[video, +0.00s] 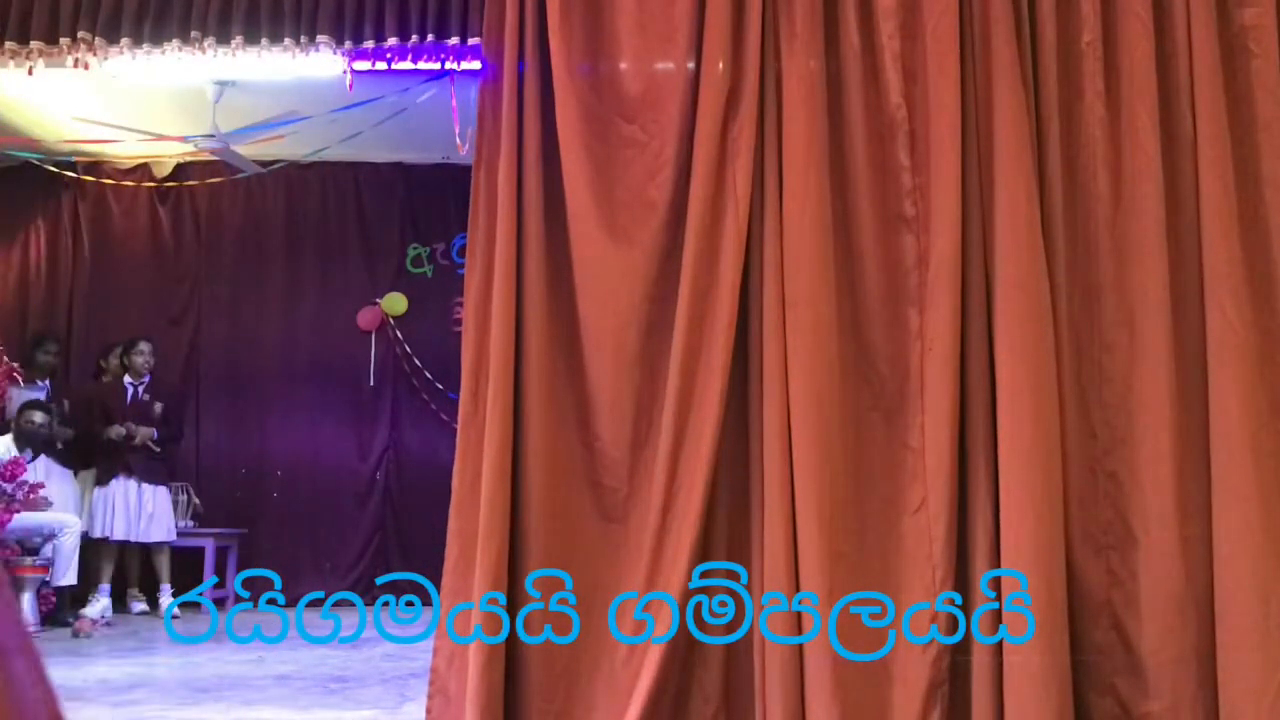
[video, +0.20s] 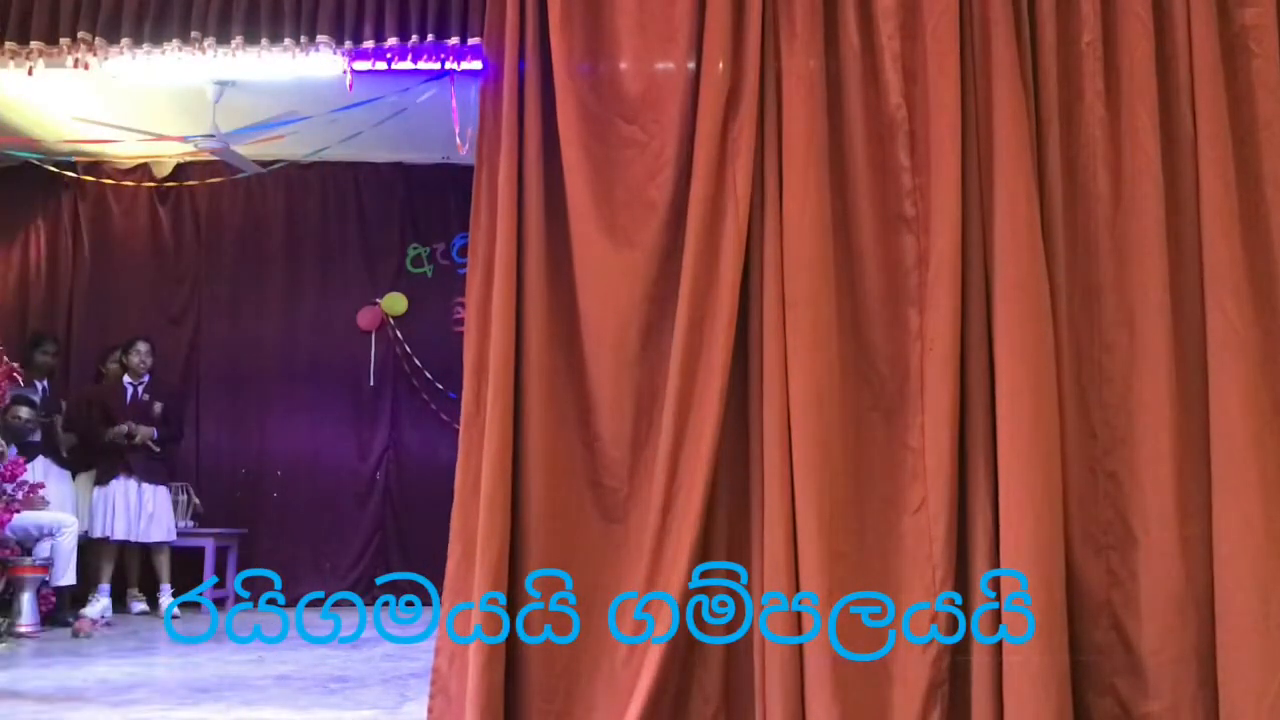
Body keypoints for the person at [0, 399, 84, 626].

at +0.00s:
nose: (35, 430)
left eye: (41, 426)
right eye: (30, 423)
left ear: (48, 431)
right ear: (16, 423)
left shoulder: (43, 458)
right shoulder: (3, 449)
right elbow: (2, 499)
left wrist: (30, 502)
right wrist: (22, 504)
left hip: (19, 516)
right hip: (5, 519)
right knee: (70, 524)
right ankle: (60, 602)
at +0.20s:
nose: (24, 425)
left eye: (30, 421)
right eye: (18, 418)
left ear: (36, 425)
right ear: (5, 420)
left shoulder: (13, 452)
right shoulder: (4, 451)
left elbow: (11, 492)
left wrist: (25, 501)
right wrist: (21, 504)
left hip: (13, 516)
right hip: (5, 518)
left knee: (45, 544)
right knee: (67, 523)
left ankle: (25, 605)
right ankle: (61, 601)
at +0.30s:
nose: (48, 360)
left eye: (53, 356)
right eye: (43, 354)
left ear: (57, 359)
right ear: (30, 354)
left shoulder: (56, 389)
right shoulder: (15, 389)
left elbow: (59, 420)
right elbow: (7, 424)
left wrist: (64, 441)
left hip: (52, 457)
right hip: (23, 456)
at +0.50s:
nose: (47, 360)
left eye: (52, 356)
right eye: (42, 354)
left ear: (56, 359)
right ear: (29, 355)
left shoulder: (54, 389)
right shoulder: (13, 388)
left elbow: (59, 425)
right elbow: (6, 429)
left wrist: (66, 448)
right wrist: (27, 423)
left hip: (52, 458)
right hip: (23, 457)